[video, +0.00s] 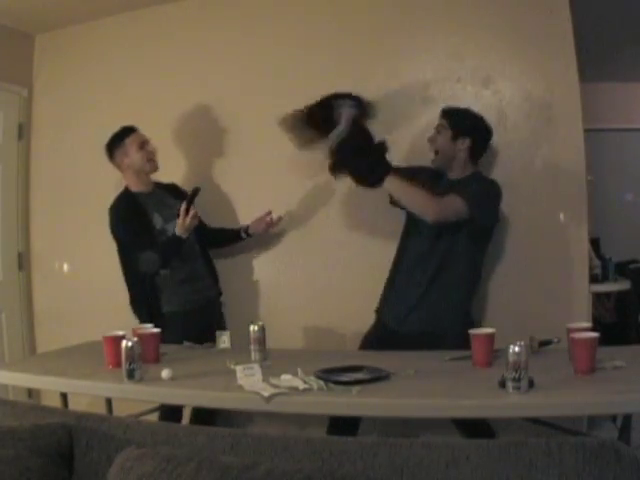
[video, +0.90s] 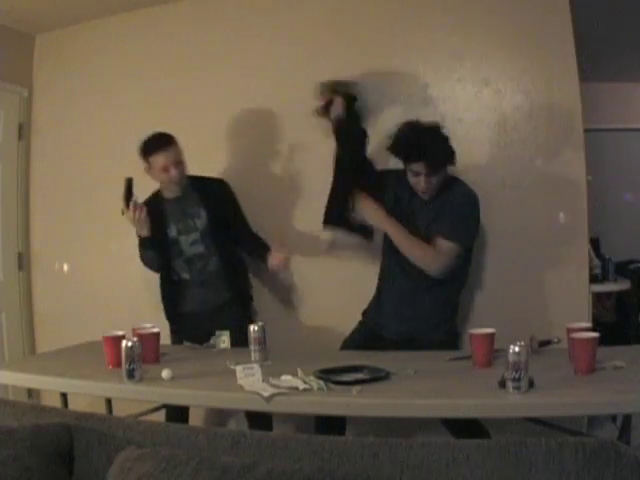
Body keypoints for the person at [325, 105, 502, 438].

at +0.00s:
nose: (431, 139)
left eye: (439, 133)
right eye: (434, 131)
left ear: (463, 145)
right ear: (458, 144)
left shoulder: (484, 191)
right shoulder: (427, 179)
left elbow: (434, 210)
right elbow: (374, 173)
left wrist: (379, 173)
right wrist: (350, 130)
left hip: (443, 327)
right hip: (394, 320)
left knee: (463, 411)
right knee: (347, 395)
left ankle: (504, 468)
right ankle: (331, 471)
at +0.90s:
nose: (421, 183)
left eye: (429, 175)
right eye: (414, 174)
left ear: (445, 168)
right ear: (404, 167)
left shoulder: (461, 200)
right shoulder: (397, 185)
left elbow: (439, 264)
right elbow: (352, 176)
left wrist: (384, 222)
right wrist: (343, 125)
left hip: (431, 329)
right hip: (381, 321)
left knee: (455, 413)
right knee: (327, 389)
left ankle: (499, 469)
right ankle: (328, 472)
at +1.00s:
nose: (420, 180)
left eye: (428, 170)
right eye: (411, 170)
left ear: (440, 163)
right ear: (400, 163)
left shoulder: (460, 200)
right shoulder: (387, 185)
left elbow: (477, 267)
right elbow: (351, 191)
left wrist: (411, 257)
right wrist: (354, 137)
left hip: (433, 326)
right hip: (381, 321)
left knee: (454, 409)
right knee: (330, 385)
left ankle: (499, 467)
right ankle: (327, 469)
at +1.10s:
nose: (424, 179)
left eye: (432, 170)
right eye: (416, 170)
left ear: (441, 163)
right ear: (401, 163)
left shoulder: (461, 201)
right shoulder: (384, 187)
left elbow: (493, 260)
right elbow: (342, 194)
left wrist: (454, 287)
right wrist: (328, 143)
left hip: (437, 325)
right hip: (385, 318)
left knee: (455, 407)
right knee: (333, 388)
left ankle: (499, 469)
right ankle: (327, 474)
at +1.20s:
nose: (429, 181)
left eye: (437, 172)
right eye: (421, 172)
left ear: (446, 165)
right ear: (405, 164)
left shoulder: (464, 201)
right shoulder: (388, 184)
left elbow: (491, 257)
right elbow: (340, 186)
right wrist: (305, 146)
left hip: (437, 326)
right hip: (384, 321)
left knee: (458, 408)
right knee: (334, 385)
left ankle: (498, 468)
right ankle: (330, 469)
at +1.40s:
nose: (421, 170)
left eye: (430, 161)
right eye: (413, 161)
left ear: (443, 158)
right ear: (402, 157)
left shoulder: (464, 198)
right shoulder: (389, 185)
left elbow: (514, 251)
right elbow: (333, 179)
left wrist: (533, 321)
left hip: (435, 330)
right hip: (380, 324)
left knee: (459, 411)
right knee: (331, 391)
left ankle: (503, 474)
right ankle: (327, 474)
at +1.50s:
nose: (419, 170)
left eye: (428, 162)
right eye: (411, 161)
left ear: (444, 158)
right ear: (402, 157)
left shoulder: (468, 197)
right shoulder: (391, 186)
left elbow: (522, 243)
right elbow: (326, 179)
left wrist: (519, 314)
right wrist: (370, 133)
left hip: (436, 328)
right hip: (381, 322)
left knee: (458, 409)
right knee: (332, 391)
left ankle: (502, 474)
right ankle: (328, 476)